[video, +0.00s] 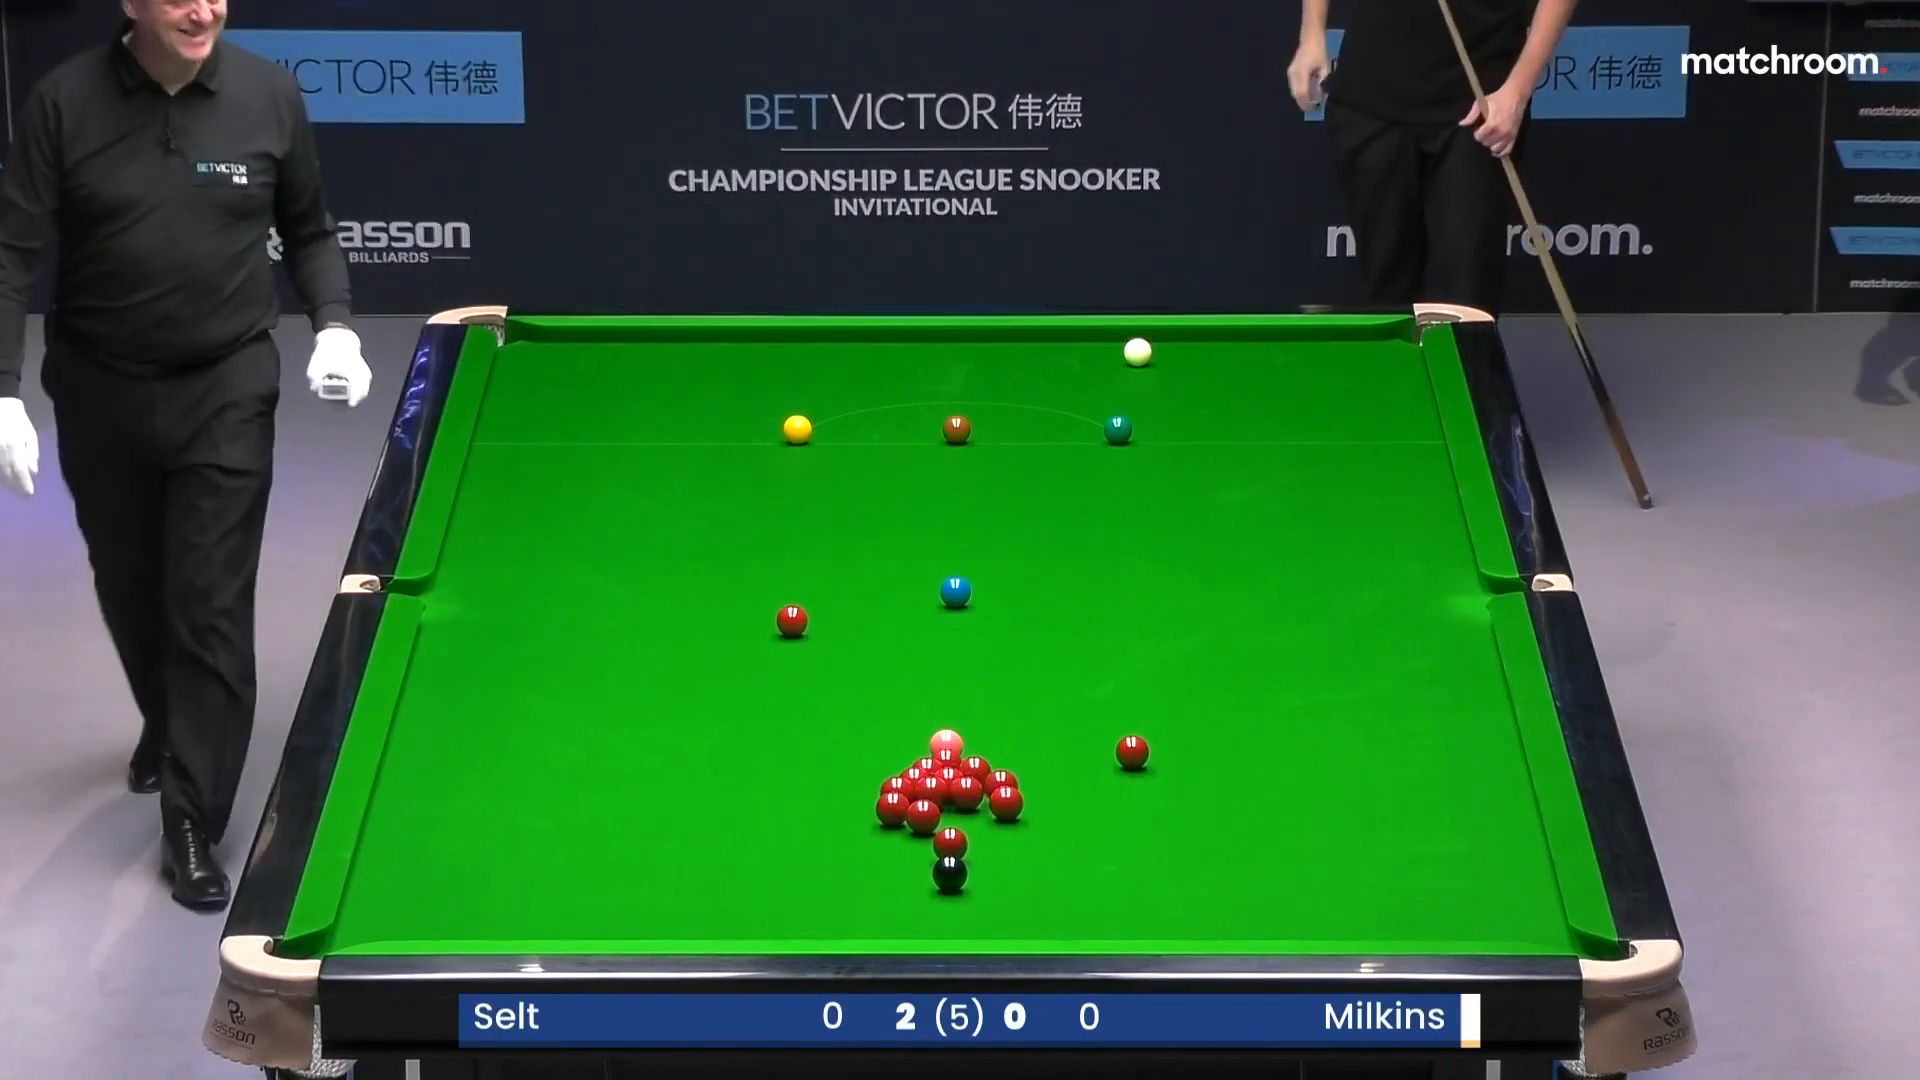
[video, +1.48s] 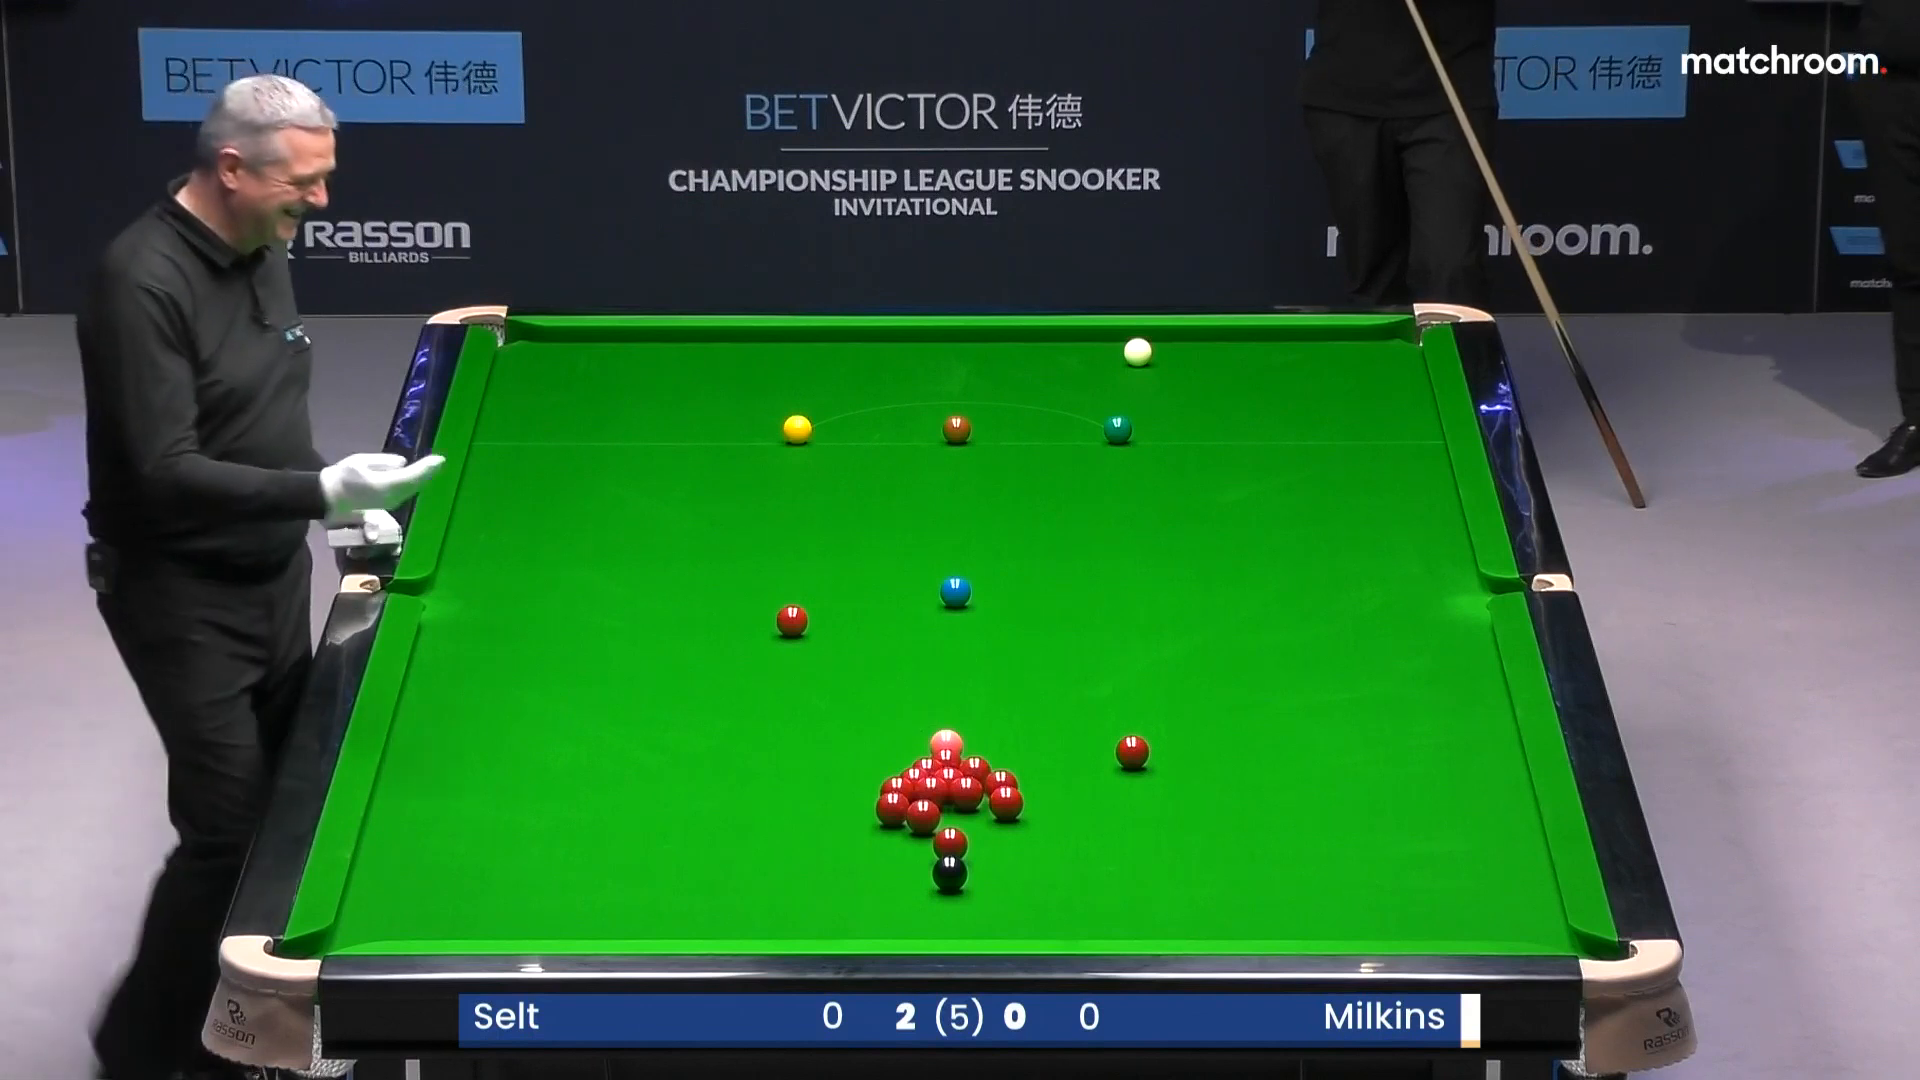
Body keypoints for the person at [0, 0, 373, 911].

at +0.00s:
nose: (205, 10)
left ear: (227, 4)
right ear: (135, 6)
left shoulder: (268, 96)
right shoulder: (61, 104)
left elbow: (309, 225)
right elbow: (14, 257)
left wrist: (336, 326)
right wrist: (5, 391)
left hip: (226, 382)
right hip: (99, 389)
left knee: (207, 605)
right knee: (129, 586)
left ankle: (194, 818)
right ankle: (163, 720)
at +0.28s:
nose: (199, 32)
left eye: (211, 14)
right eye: (179, 15)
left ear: (222, 16)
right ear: (123, 16)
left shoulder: (260, 109)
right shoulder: (45, 123)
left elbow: (307, 248)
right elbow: (8, 290)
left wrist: (336, 358)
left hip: (223, 415)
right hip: (86, 417)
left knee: (214, 637)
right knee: (81, 633)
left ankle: (191, 828)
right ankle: (89, 803)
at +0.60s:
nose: (173, 105)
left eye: (182, 84)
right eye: (151, 91)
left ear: (192, 70)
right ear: (89, 84)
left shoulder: (222, 169)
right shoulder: (18, 189)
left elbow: (269, 311)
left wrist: (330, 417)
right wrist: (0, 457)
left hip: (200, 483)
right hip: (63, 486)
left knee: (212, 695)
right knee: (83, 722)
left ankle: (190, 831)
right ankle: (78, 960)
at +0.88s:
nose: (184, 126)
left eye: (192, 106)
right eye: (164, 112)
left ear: (196, 96)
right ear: (96, 107)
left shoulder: (207, 182)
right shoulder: (18, 214)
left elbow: (248, 331)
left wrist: (324, 445)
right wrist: (17, 494)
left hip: (193, 514)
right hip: (55, 533)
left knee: (232, 723)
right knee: (63, 760)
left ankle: (175, 919)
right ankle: (76, 959)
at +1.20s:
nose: (264, 182)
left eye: (268, 161)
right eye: (245, 165)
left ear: (249, 148)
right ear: (173, 155)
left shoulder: (244, 238)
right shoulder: (79, 259)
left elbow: (256, 388)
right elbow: (67, 444)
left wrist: (328, 477)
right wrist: (198, 483)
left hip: (235, 575)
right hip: (109, 587)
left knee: (231, 823)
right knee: (99, 807)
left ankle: (218, 1031)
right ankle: (81, 980)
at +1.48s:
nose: (318, 198)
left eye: (323, 178)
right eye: (301, 180)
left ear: (260, 174)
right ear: (231, 171)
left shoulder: (260, 249)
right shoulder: (138, 280)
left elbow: (265, 422)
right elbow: (158, 470)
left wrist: (332, 509)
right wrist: (319, 488)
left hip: (268, 578)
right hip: (174, 592)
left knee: (286, 810)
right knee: (230, 829)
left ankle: (231, 1035)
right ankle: (141, 1044)